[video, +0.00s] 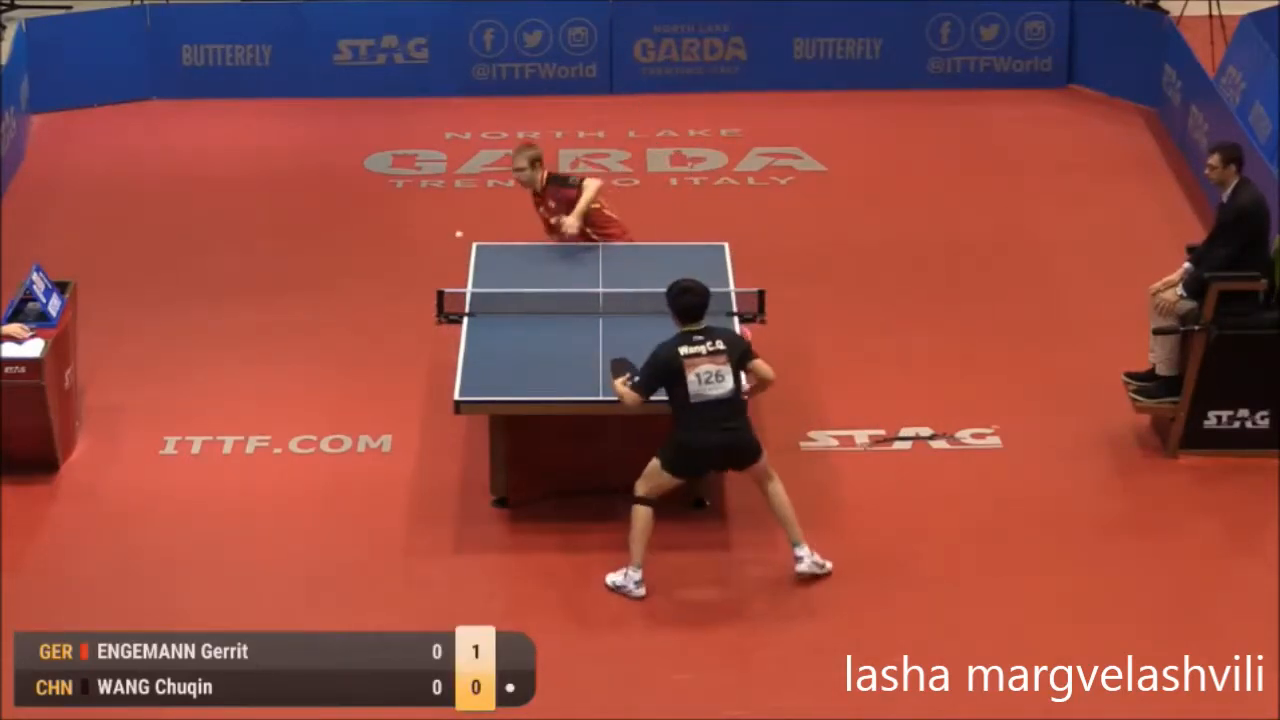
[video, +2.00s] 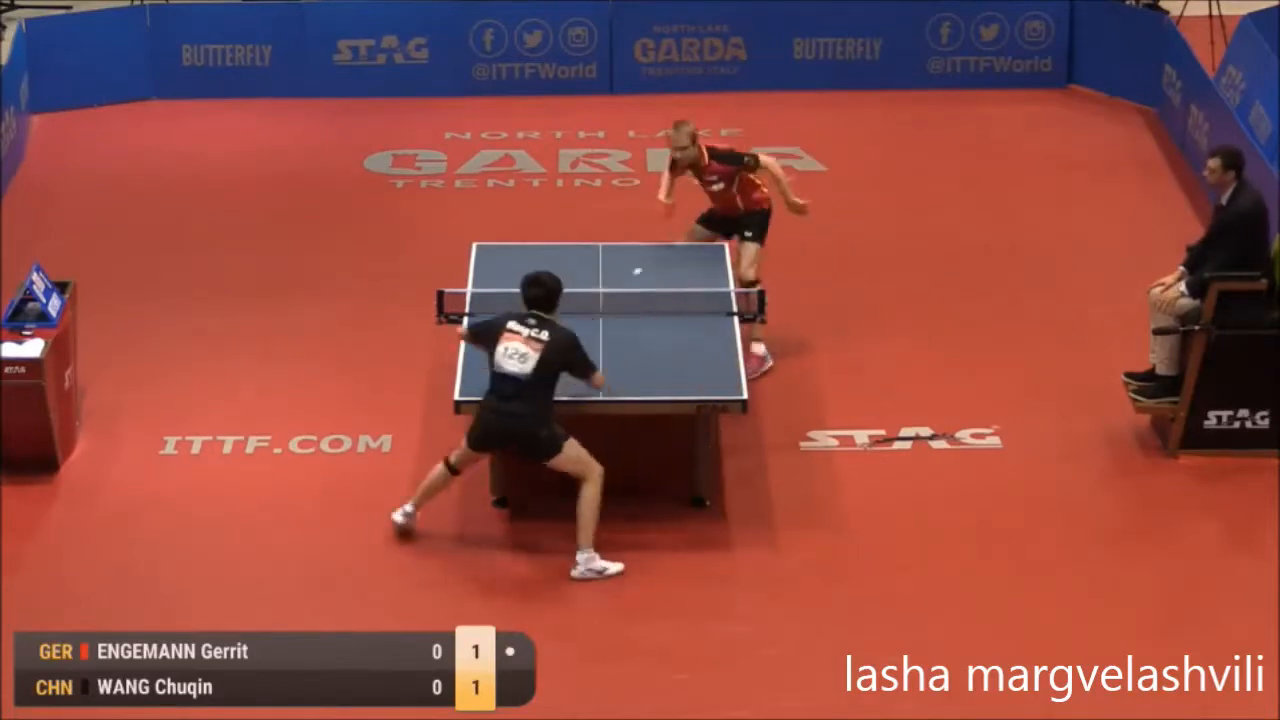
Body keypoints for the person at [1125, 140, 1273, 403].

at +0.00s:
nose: (1206, 173)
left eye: (1212, 168)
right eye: (1207, 167)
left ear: (1231, 168)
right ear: (1227, 169)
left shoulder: (1244, 203)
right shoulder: (1234, 197)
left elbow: (1221, 256)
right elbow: (1211, 246)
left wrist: (1183, 289)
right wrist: (1179, 274)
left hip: (1239, 292)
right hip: (1225, 282)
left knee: (1165, 306)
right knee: (1158, 297)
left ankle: (1169, 379)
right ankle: (1159, 369)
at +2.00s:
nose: (1205, 174)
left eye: (1211, 170)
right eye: (1206, 169)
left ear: (1229, 174)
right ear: (1223, 173)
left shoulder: (1245, 207)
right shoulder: (1229, 200)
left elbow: (1226, 263)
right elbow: (1208, 244)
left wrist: (1184, 288)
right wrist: (1179, 274)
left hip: (1237, 291)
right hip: (1221, 279)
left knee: (1166, 305)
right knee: (1156, 296)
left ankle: (1169, 378)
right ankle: (1160, 369)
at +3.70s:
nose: (1207, 175)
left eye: (1213, 169)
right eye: (1207, 169)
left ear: (1232, 170)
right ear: (1225, 172)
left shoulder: (1245, 205)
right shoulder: (1231, 199)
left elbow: (1221, 257)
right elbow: (1210, 244)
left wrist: (1178, 279)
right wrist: (1177, 272)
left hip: (1236, 288)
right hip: (1222, 278)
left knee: (1165, 307)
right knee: (1157, 296)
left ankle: (1168, 378)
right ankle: (1160, 369)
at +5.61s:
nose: (1207, 175)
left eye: (1212, 170)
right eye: (1207, 169)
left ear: (1232, 172)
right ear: (1225, 172)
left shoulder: (1249, 206)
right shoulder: (1226, 199)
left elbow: (1229, 264)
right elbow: (1205, 240)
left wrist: (1183, 288)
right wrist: (1173, 274)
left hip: (1242, 292)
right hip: (1224, 280)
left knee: (1168, 307)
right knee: (1158, 297)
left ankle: (1168, 379)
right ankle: (1159, 370)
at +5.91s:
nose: (1207, 175)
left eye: (1213, 170)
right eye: (1207, 169)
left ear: (1233, 171)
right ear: (1224, 172)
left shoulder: (1249, 206)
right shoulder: (1226, 199)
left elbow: (1229, 264)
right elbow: (1205, 240)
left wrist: (1183, 288)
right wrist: (1173, 274)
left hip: (1242, 292)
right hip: (1224, 280)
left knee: (1168, 307)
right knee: (1158, 297)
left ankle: (1168, 379)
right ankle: (1159, 370)